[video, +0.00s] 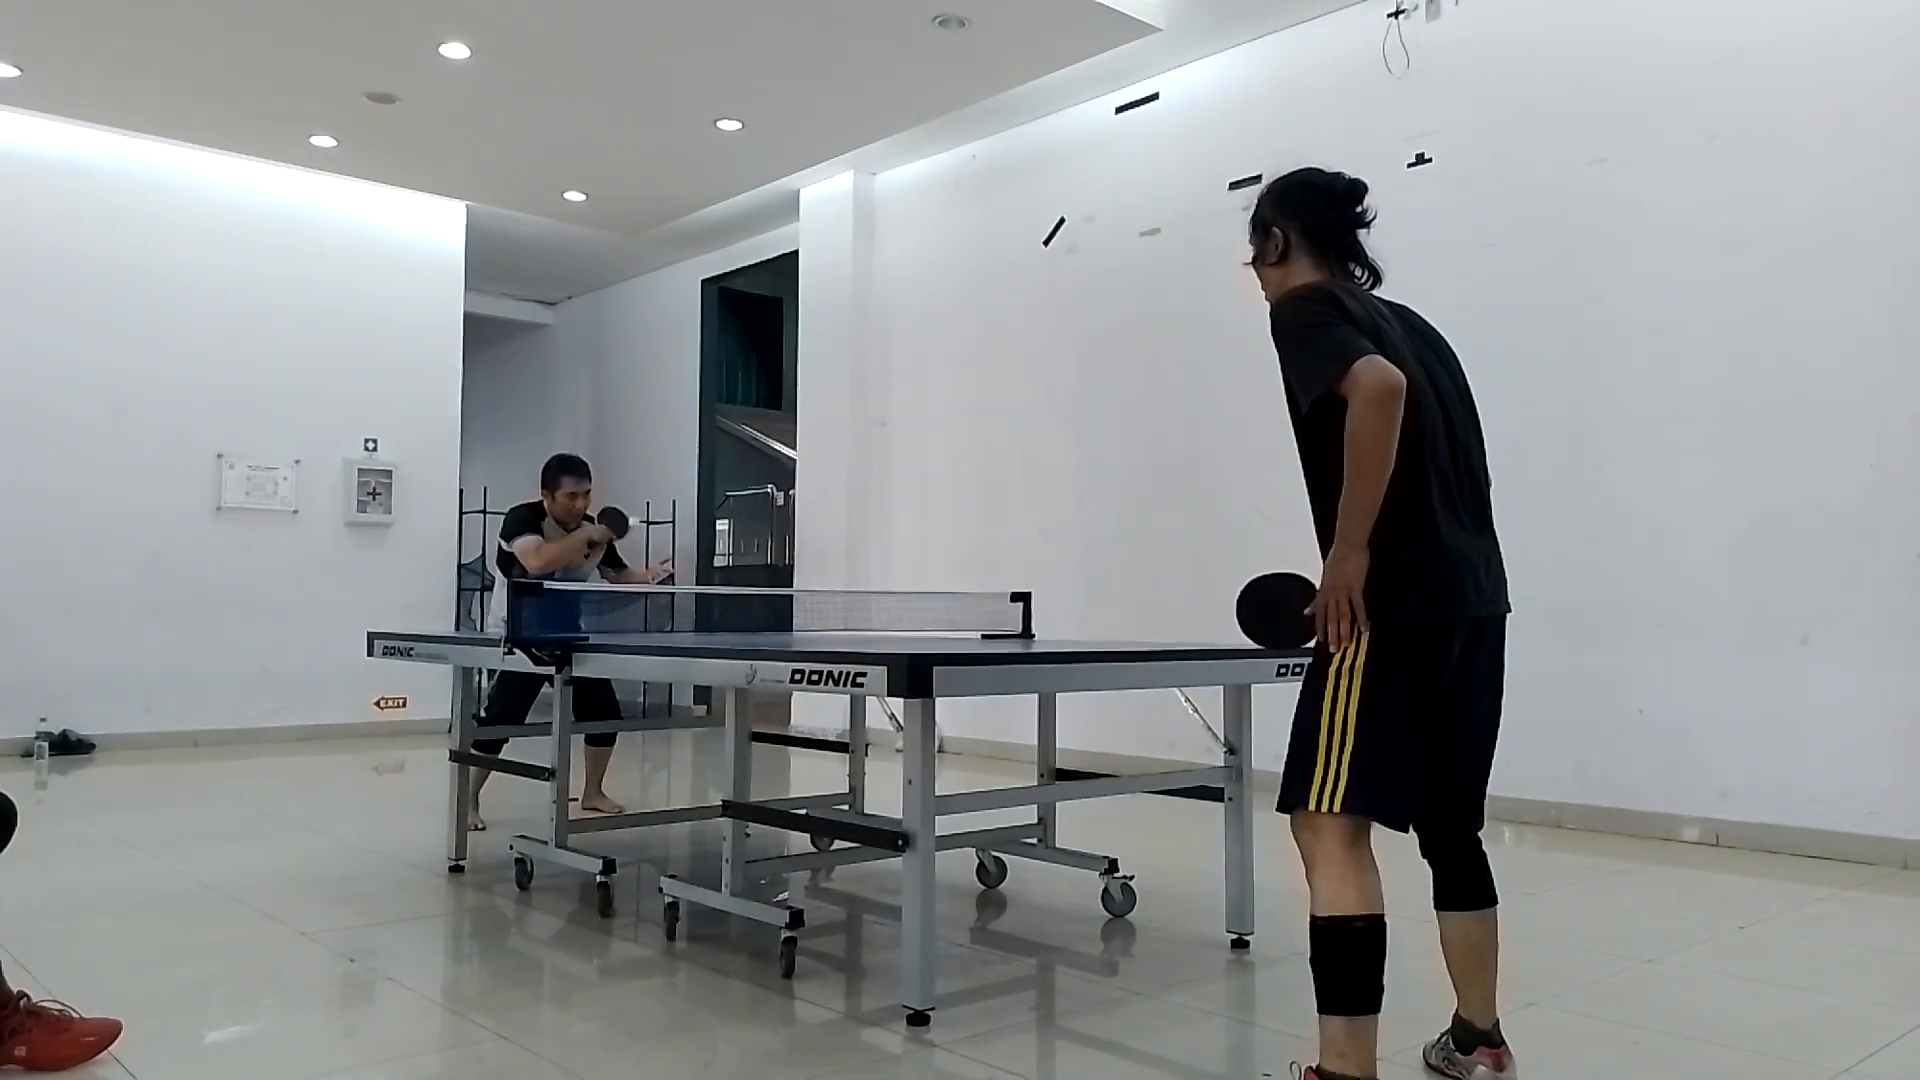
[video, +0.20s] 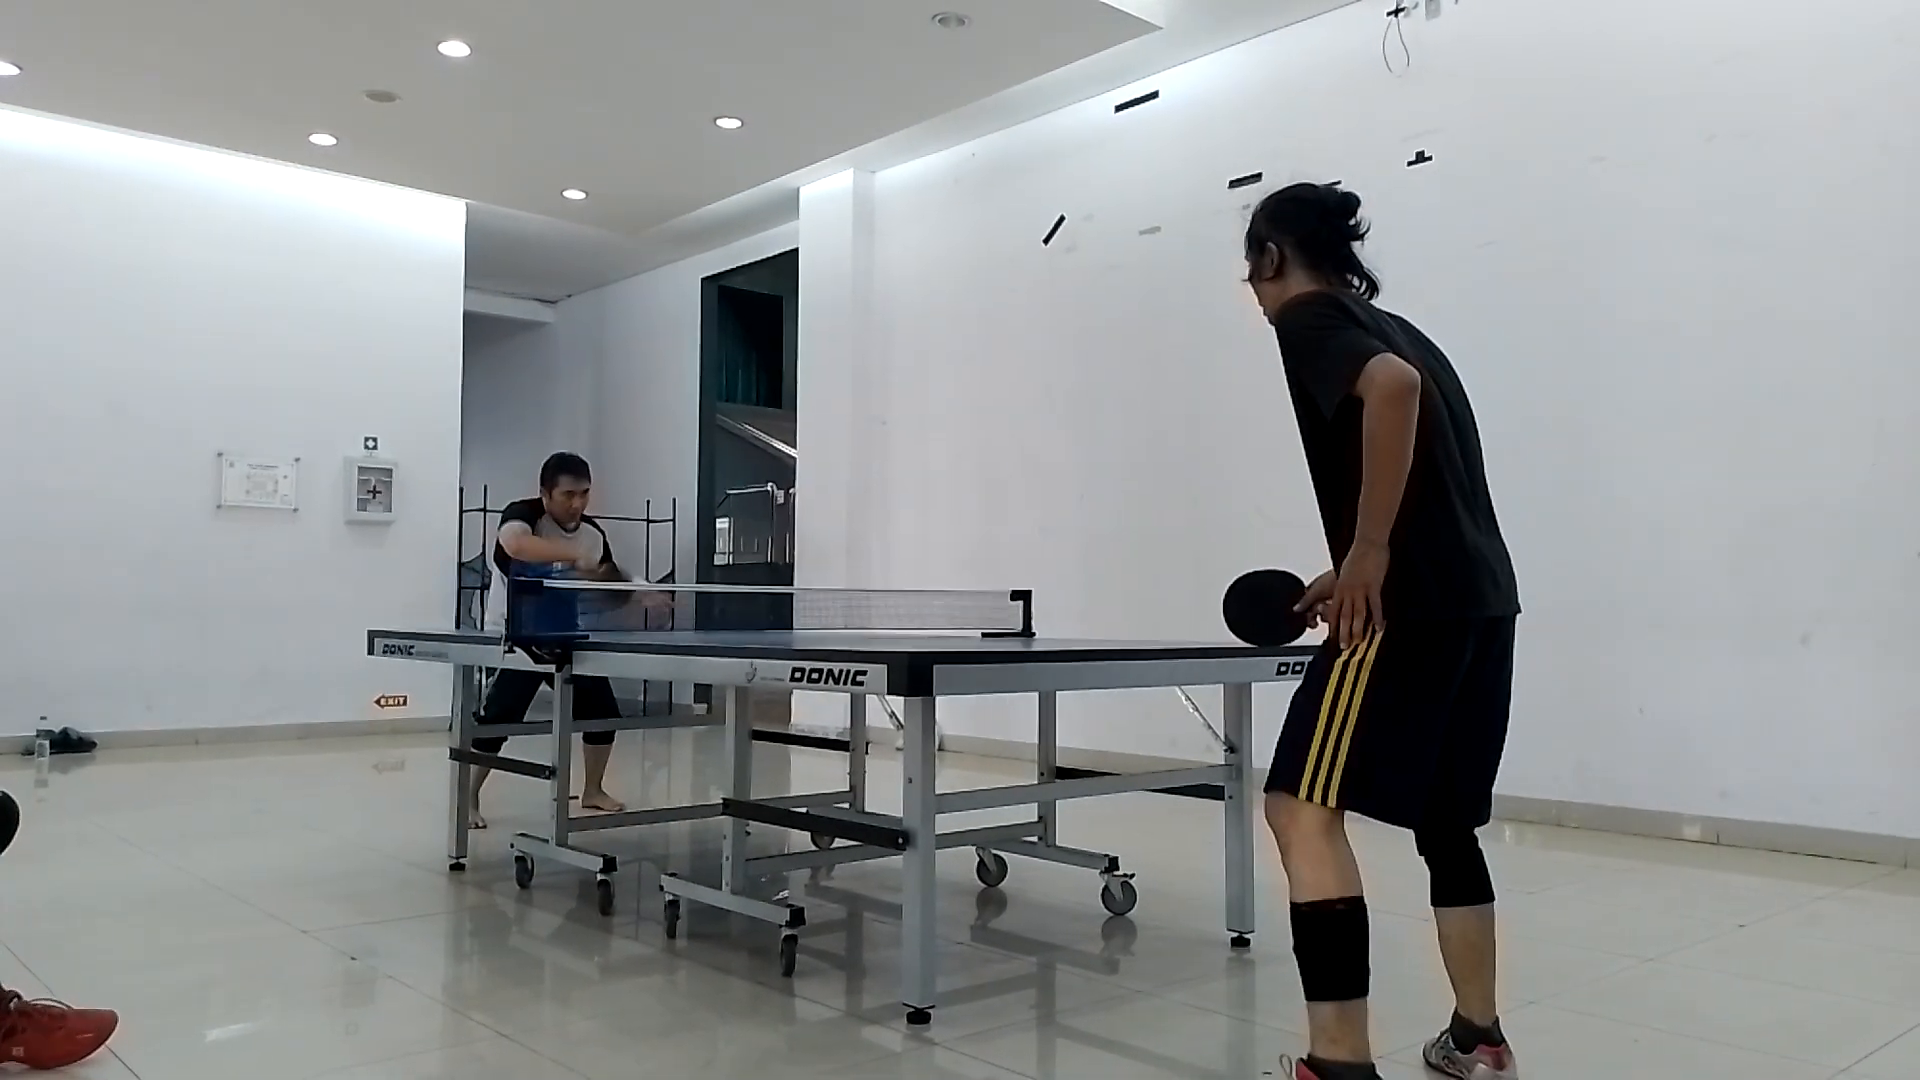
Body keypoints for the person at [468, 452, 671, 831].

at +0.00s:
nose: (581, 504)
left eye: (585, 495)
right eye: (572, 496)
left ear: (590, 492)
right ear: (547, 494)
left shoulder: (592, 530)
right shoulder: (521, 518)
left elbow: (620, 576)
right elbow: (535, 561)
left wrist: (649, 576)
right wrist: (585, 535)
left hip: (571, 643)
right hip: (521, 643)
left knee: (605, 715)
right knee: (498, 725)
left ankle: (593, 793)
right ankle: (468, 798)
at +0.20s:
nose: (578, 503)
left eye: (584, 494)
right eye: (569, 494)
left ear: (590, 493)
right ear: (546, 493)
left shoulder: (592, 533)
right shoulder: (521, 514)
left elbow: (610, 581)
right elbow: (516, 545)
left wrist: (643, 596)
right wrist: (575, 554)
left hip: (568, 644)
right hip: (516, 643)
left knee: (603, 713)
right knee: (495, 724)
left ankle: (592, 791)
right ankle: (468, 796)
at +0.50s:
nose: (580, 494)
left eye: (587, 485)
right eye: (571, 485)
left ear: (594, 486)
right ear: (550, 485)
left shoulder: (597, 533)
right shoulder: (522, 511)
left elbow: (603, 593)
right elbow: (472, 546)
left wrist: (615, 622)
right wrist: (479, 570)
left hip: (576, 645)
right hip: (524, 642)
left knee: (600, 716)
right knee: (490, 723)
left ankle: (592, 791)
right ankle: (466, 796)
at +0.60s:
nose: (581, 492)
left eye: (588, 484)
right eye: (572, 483)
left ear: (595, 486)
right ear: (551, 484)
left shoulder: (602, 534)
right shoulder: (523, 513)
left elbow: (606, 595)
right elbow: (474, 550)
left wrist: (616, 625)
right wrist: (472, 576)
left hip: (573, 642)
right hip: (520, 638)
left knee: (600, 711)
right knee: (483, 717)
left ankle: (593, 791)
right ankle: (458, 793)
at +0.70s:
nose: (577, 490)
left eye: (584, 481)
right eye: (567, 481)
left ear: (591, 484)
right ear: (547, 483)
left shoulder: (599, 533)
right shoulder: (520, 515)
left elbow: (610, 594)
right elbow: (471, 558)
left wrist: (625, 624)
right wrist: (472, 589)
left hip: (568, 642)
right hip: (515, 639)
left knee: (600, 713)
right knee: (471, 715)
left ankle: (592, 789)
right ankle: (433, 790)